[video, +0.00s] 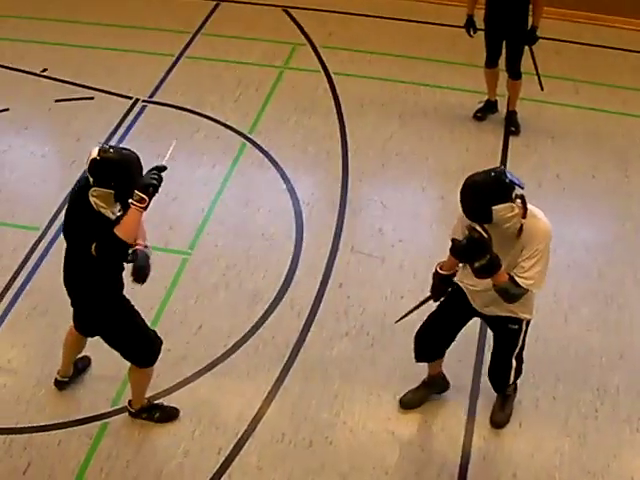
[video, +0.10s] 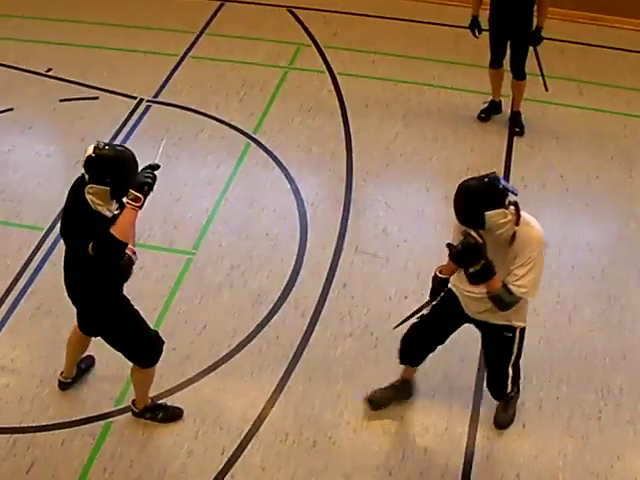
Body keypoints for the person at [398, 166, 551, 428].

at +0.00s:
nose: (478, 223)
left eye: (483, 219)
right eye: (475, 218)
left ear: (503, 211)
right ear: (477, 214)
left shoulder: (537, 230)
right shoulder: (473, 213)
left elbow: (515, 296)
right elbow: (458, 249)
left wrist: (489, 265)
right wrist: (443, 276)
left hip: (510, 307)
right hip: (469, 290)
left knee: (501, 373)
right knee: (429, 339)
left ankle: (506, 394)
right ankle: (435, 379)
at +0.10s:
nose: (469, 229)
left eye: (473, 224)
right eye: (466, 224)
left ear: (492, 216)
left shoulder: (530, 237)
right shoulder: (470, 220)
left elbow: (507, 302)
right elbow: (459, 253)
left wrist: (481, 266)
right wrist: (444, 274)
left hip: (502, 315)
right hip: (461, 296)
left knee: (498, 381)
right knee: (415, 341)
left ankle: (507, 398)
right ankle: (404, 384)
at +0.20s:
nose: (453, 233)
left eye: (457, 228)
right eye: (451, 227)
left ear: (474, 221)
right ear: (466, 220)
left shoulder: (512, 245)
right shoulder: (461, 226)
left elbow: (488, 309)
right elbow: (450, 260)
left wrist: (462, 276)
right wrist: (439, 275)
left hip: (488, 325)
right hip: (446, 303)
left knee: (491, 393)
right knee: (399, 344)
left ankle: (509, 396)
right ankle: (366, 390)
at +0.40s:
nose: (422, 241)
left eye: (425, 236)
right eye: (420, 236)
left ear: (445, 230)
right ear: (434, 230)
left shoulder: (478, 253)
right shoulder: (433, 233)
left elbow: (447, 314)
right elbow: (417, 262)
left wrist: (423, 282)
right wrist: (404, 277)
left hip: (456, 332)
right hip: (417, 309)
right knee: (366, 354)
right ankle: (353, 396)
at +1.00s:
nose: (385, 259)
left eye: (387, 253)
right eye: (383, 255)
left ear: (407, 243)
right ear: (396, 247)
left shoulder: (444, 261)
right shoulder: (399, 251)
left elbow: (426, 328)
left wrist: (392, 299)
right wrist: (383, 289)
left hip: (445, 337)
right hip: (403, 319)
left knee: (471, 400)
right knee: (340, 357)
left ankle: (503, 395)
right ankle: (333, 394)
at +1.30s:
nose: (366, 254)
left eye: (368, 248)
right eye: (363, 249)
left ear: (386, 237)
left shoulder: (425, 255)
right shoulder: (375, 247)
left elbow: (405, 322)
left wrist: (372, 292)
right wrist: (360, 280)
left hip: (432, 328)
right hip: (385, 314)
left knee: (451, 395)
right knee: (332, 359)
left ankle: (469, 401)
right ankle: (337, 392)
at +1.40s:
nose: (365, 253)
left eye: (366, 247)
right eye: (362, 248)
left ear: (383, 237)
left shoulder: (424, 252)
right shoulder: (373, 245)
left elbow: (408, 321)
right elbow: (355, 267)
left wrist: (371, 292)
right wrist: (337, 290)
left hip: (433, 323)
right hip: (385, 313)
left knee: (454, 381)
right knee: (338, 363)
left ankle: (471, 402)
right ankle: (337, 393)